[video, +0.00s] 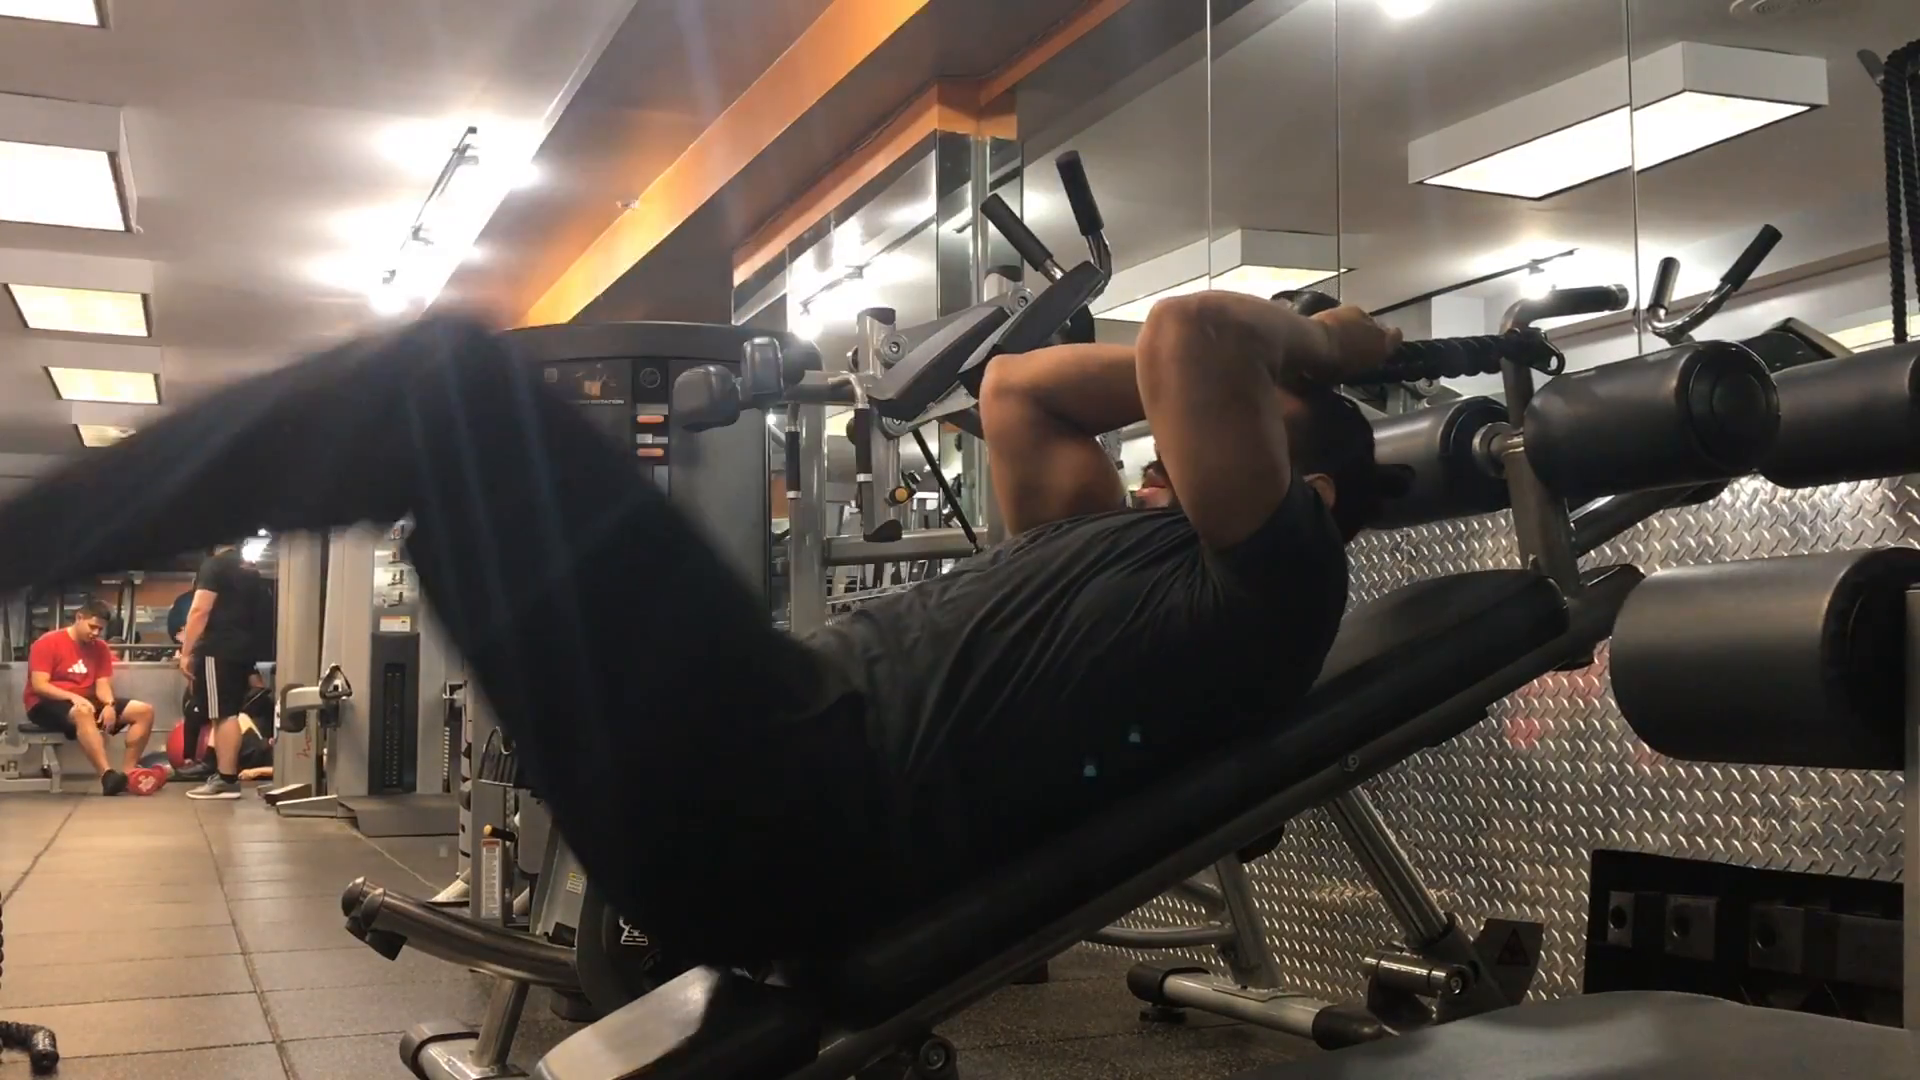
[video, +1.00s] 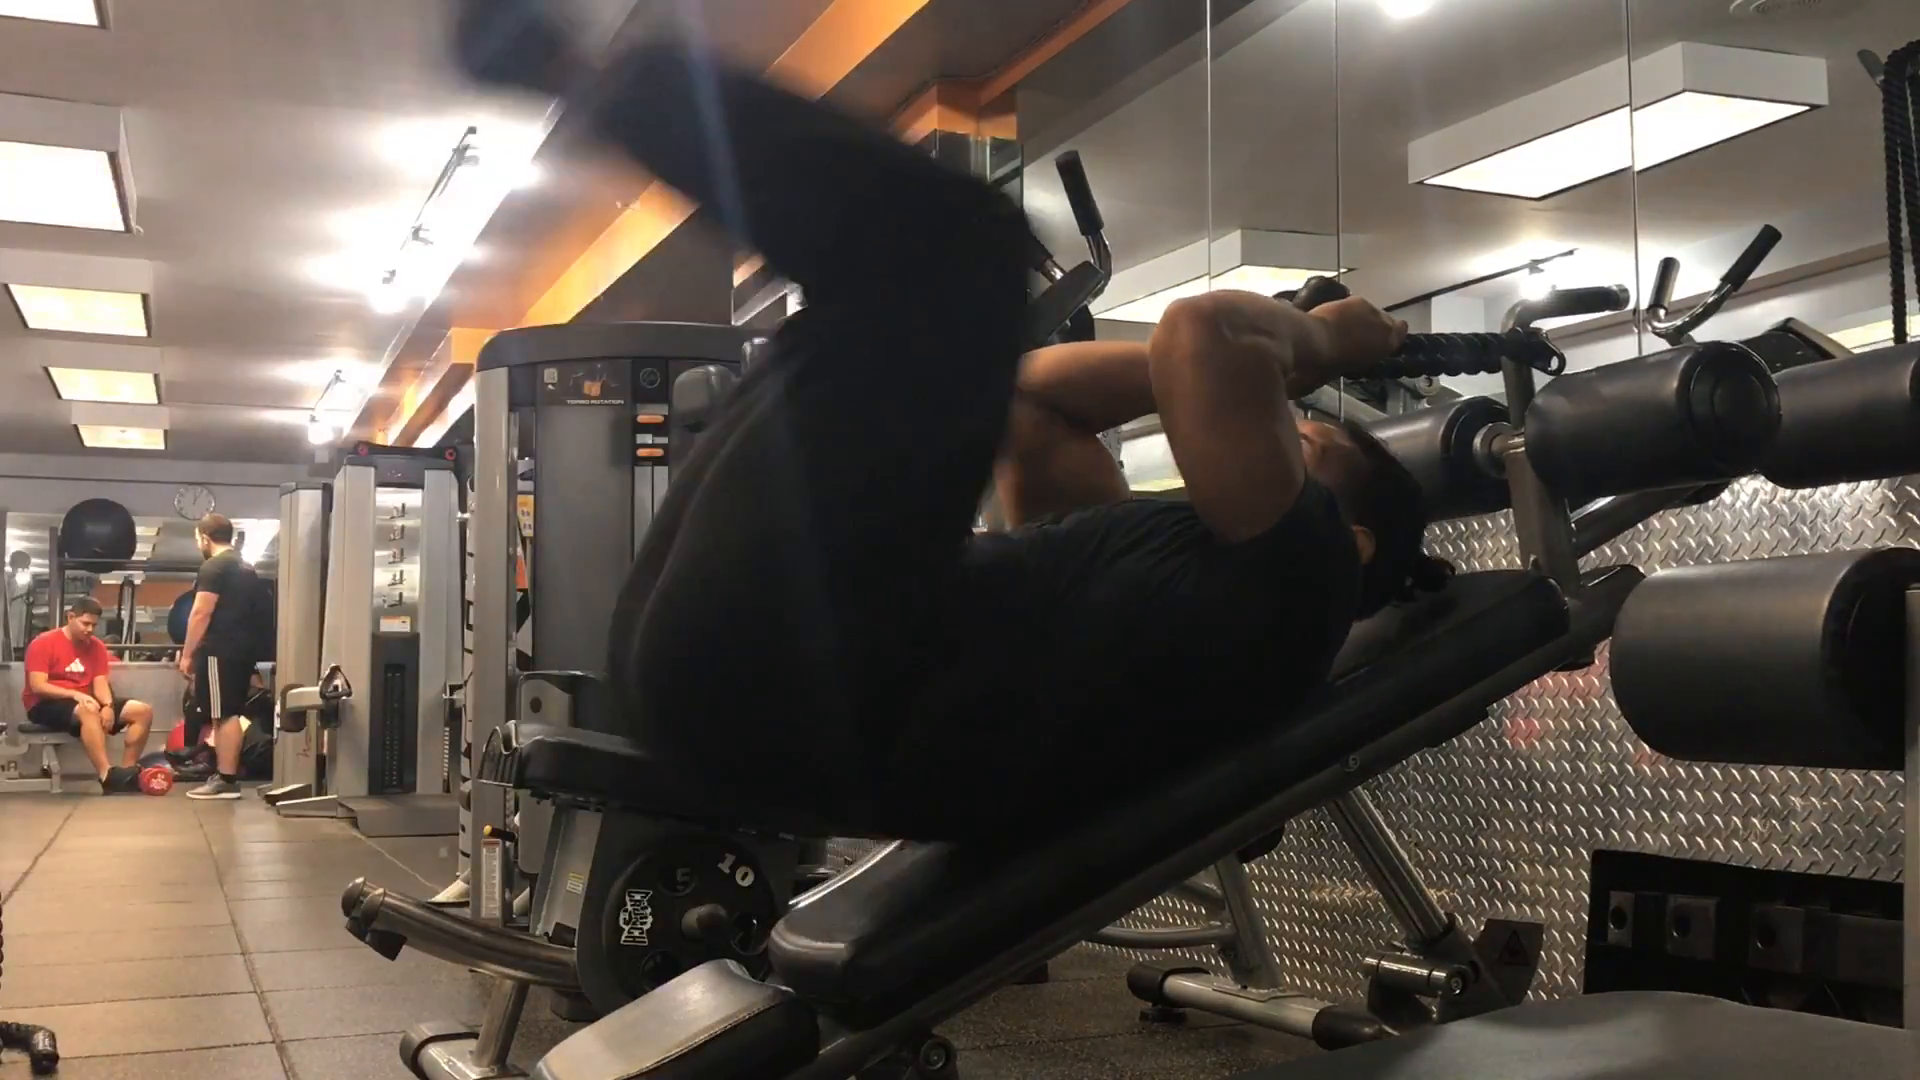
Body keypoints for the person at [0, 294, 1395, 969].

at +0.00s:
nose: (1208, 471)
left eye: (1246, 458)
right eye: (1231, 454)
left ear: (1290, 491)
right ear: (1236, 493)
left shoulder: (1261, 609)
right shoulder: (1112, 573)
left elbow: (1192, 328)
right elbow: (1026, 394)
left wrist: (1325, 338)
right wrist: (1236, 389)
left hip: (789, 820)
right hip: (748, 757)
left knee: (450, 377)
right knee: (451, 382)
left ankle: (33, 541)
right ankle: (50, 533)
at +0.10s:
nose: (1176, 469)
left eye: (1219, 455)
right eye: (1197, 447)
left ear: (1273, 484)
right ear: (1212, 491)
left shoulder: (1255, 612)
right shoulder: (1105, 567)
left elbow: (1192, 329)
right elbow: (1024, 394)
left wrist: (1311, 343)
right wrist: (1228, 400)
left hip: (791, 846)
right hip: (748, 768)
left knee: (324, 513)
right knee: (318, 498)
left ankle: (25, 689)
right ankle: (89, 609)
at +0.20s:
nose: (1168, 461)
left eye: (1220, 441)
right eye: (1191, 444)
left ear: (1274, 480)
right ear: (1211, 488)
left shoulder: (1257, 607)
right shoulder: (1098, 573)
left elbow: (1187, 328)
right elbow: (1018, 397)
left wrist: (1313, 348)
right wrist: (1222, 401)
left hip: (776, 840)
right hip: (729, 762)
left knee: (231, 671)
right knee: (237, 657)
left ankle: (7, 836)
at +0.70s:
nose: (1173, 462)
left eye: (1223, 443)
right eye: (1198, 441)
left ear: (1277, 488)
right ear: (1208, 492)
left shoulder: (1251, 608)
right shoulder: (1097, 570)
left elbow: (1175, 324)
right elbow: (1008, 404)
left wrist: (1300, 350)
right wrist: (1212, 403)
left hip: (777, 863)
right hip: (740, 783)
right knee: (334, 493)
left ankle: (28, 701)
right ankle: (88, 627)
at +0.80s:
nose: (1227, 468)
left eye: (1268, 466)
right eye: (1253, 456)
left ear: (1306, 509)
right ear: (1251, 490)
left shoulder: (1251, 611)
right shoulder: (1093, 569)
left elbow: (1193, 326)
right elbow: (1017, 400)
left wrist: (1326, 344)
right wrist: (1221, 378)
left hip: (777, 851)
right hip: (732, 780)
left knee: (543, 352)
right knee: (543, 341)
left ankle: (90, 473)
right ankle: (106, 458)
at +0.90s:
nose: (1274, 461)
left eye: (1311, 465)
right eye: (1298, 457)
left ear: (1329, 501)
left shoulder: (1273, 592)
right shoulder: (1105, 558)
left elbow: (1209, 329)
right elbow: (1013, 388)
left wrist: (1332, 336)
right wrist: (1227, 363)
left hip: (776, 790)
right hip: (767, 727)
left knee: (758, 275)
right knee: (777, 254)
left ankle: (319, 229)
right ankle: (364, 228)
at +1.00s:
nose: (1294, 437)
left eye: (1321, 444)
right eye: (1300, 431)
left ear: (1353, 524)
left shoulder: (1301, 576)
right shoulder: (1147, 570)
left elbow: (1206, 329)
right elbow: (1028, 394)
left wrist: (1326, 331)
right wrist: (1221, 382)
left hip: (781, 706)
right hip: (697, 684)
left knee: (966, 243)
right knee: (898, 309)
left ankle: (582, 59)